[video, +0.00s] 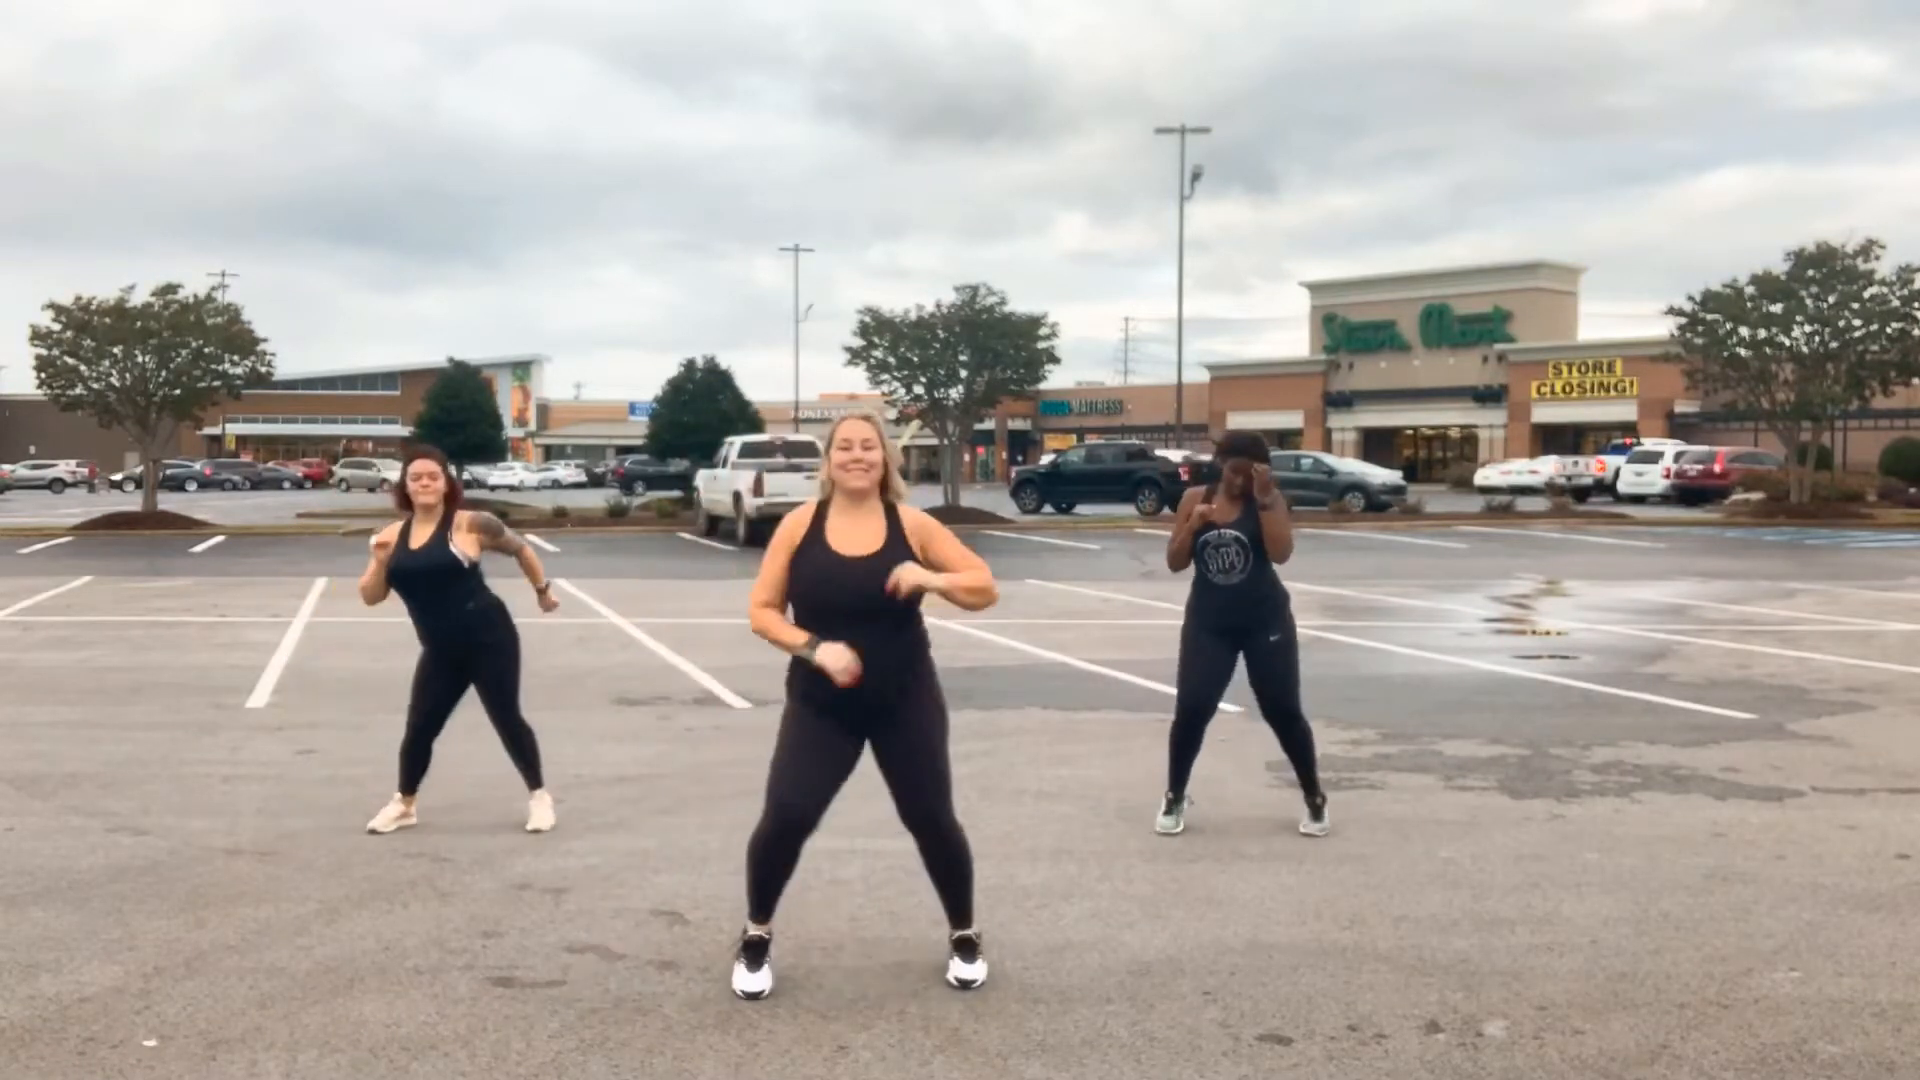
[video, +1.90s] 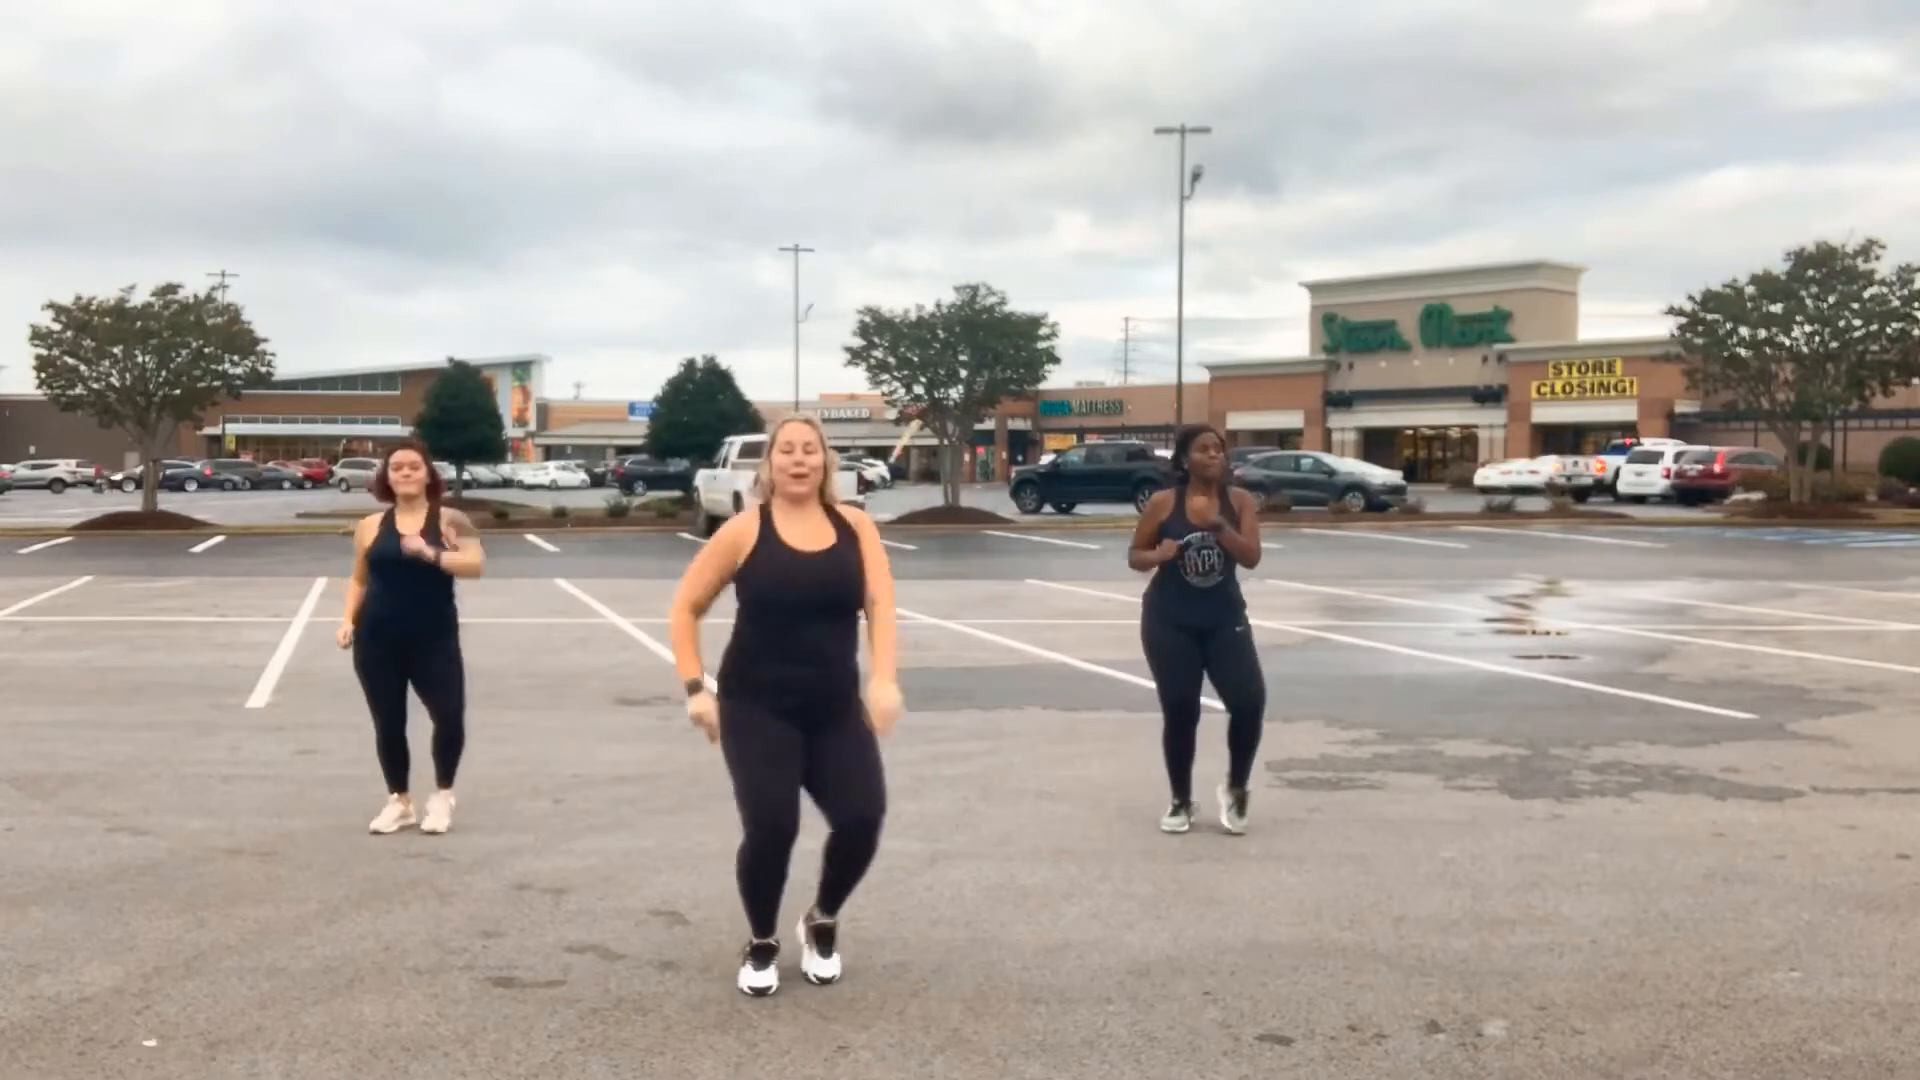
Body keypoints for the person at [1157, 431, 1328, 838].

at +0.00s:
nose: (1240, 479)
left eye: (1249, 473)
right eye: (1235, 470)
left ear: (1260, 474)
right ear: (1220, 465)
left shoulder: (1270, 501)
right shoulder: (1195, 498)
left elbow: (1281, 553)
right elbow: (1175, 562)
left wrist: (1265, 499)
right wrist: (1194, 525)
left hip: (1265, 620)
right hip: (1208, 620)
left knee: (1282, 712)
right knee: (1191, 710)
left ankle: (1314, 799)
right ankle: (1174, 798)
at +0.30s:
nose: (1228, 472)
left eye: (1236, 465)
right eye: (1221, 462)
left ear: (1244, 468)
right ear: (1203, 459)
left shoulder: (1250, 502)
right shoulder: (1175, 500)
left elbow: (1268, 564)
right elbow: (1157, 564)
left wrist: (1272, 534)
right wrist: (1200, 540)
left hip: (1241, 621)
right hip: (1185, 623)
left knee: (1268, 710)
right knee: (1191, 713)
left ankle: (1290, 794)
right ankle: (1181, 804)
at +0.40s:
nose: (1222, 466)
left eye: (1229, 459)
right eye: (1214, 458)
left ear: (1236, 464)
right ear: (1193, 459)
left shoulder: (1242, 501)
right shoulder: (1170, 502)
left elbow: (1255, 557)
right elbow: (1168, 562)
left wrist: (1266, 541)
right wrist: (1212, 532)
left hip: (1235, 619)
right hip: (1181, 622)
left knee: (1253, 705)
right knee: (1188, 710)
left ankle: (1250, 794)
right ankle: (1179, 803)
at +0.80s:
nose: (1223, 459)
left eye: (1227, 452)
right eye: (1213, 455)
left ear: (1237, 458)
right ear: (1196, 465)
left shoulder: (1248, 507)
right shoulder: (1179, 503)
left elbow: (1256, 571)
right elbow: (1150, 563)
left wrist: (1269, 567)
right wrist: (1203, 577)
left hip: (1220, 623)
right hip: (1167, 619)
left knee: (1222, 712)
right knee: (1173, 702)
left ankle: (1214, 804)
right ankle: (1140, 790)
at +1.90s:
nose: (1214, 456)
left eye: (1218, 450)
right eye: (1204, 451)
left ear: (1226, 457)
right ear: (1185, 459)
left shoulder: (1239, 500)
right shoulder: (1163, 503)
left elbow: (1251, 557)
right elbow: (1135, 558)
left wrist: (1218, 527)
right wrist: (1158, 555)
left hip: (1224, 621)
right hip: (1169, 623)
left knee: (1249, 702)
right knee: (1181, 710)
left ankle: (1237, 788)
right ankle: (1180, 802)